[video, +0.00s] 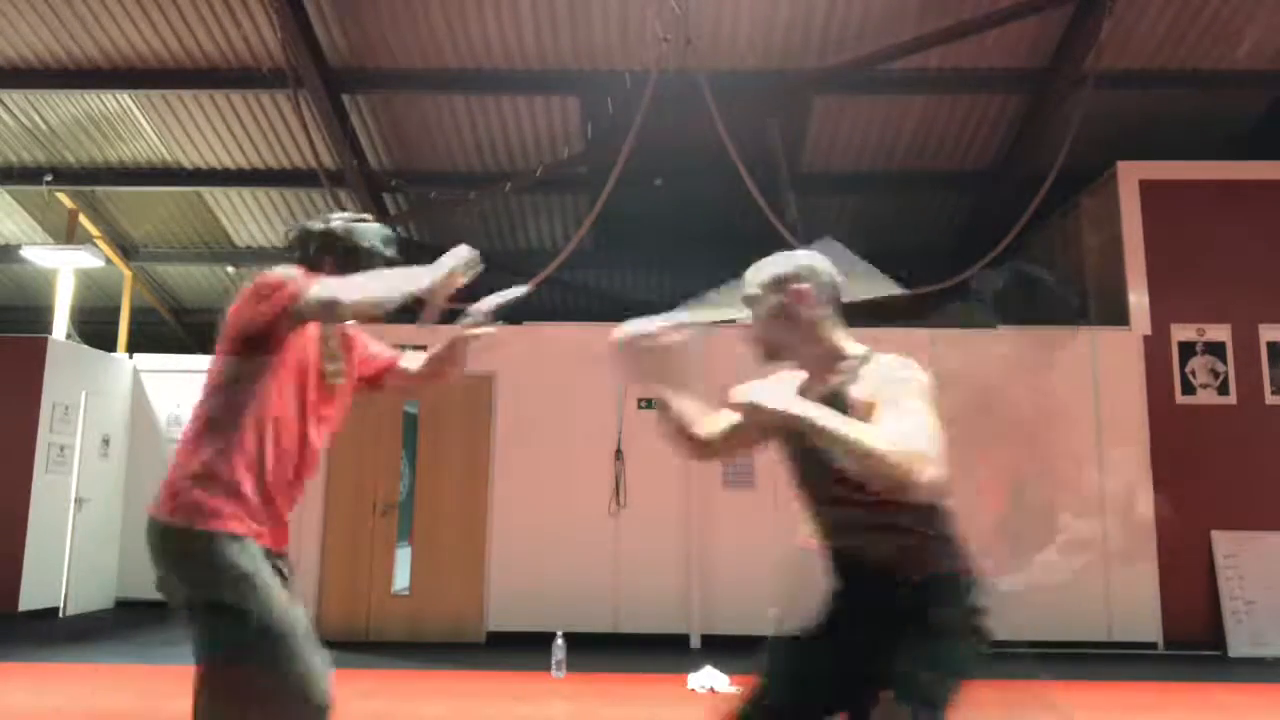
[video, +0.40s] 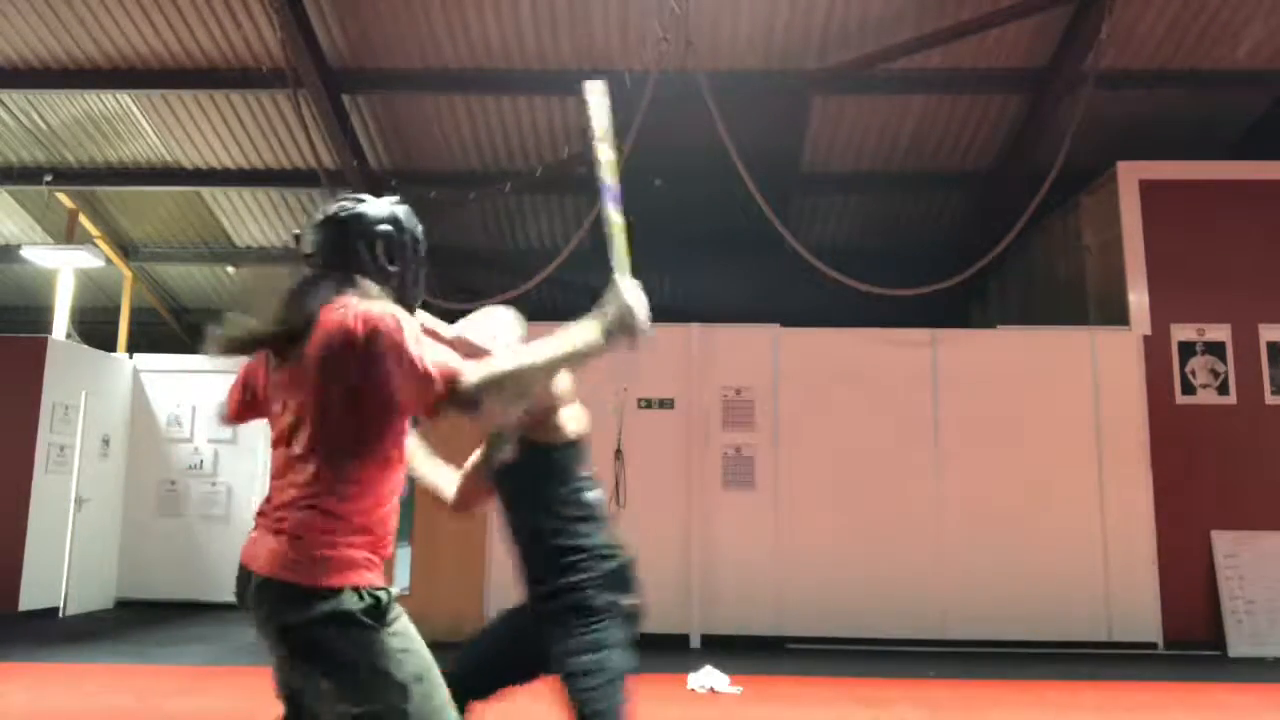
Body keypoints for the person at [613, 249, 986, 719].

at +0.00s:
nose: (750, 328)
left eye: (756, 311)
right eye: (749, 313)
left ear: (800, 302)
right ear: (795, 304)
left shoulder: (896, 379)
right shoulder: (786, 390)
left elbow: (923, 474)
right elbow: (707, 440)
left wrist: (797, 413)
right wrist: (663, 386)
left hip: (934, 604)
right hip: (863, 602)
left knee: (905, 709)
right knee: (770, 709)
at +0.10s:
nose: (681, 328)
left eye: (690, 311)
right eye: (680, 313)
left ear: (733, 302)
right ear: (730, 304)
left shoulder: (820, 379)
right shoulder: (722, 383)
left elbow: (845, 468)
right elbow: (640, 434)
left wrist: (723, 409)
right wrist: (561, 378)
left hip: (854, 611)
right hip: (787, 605)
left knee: (843, 712)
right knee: (662, 694)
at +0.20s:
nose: (608, 306)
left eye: (621, 293)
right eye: (610, 295)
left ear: (667, 294)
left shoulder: (735, 367)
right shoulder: (648, 382)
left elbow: (751, 420)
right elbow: (581, 434)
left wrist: (647, 388)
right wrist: (518, 370)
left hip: (761, 601)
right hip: (697, 600)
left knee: (800, 709)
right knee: (582, 681)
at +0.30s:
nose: (543, 313)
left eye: (556, 302)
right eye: (544, 303)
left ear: (598, 305)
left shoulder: (645, 359)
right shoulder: (570, 397)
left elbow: (619, 378)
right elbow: (505, 443)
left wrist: (521, 346)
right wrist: (451, 382)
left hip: (674, 597)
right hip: (612, 599)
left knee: (718, 704)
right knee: (524, 691)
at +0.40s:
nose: (466, 367)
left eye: (477, 354)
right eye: (464, 356)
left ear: (509, 353)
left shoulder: (556, 405)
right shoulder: (502, 438)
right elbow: (458, 494)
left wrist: (429, 328)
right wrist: (399, 433)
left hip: (593, 608)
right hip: (547, 610)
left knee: (599, 711)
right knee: (450, 689)